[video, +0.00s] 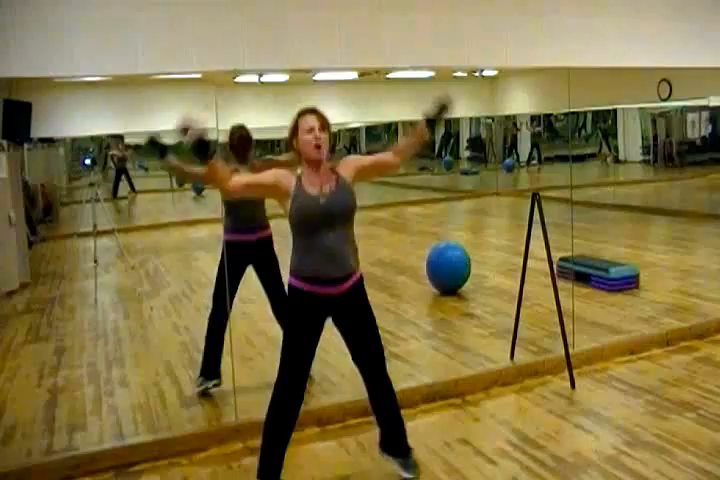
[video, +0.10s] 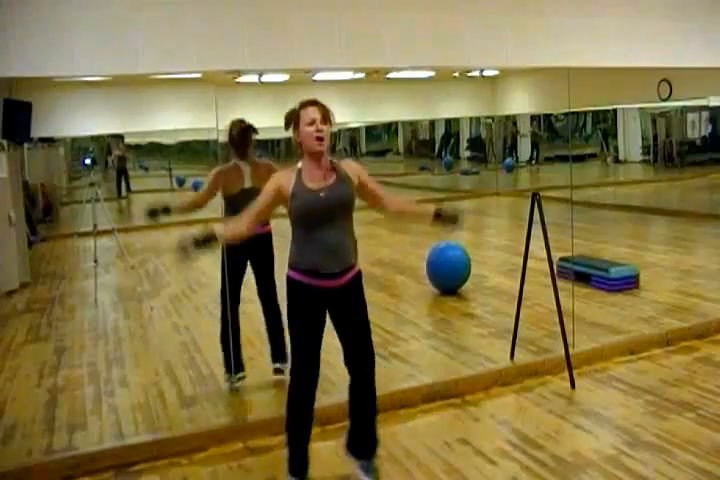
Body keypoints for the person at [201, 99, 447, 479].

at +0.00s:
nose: (316, 136)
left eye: (321, 129)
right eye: (308, 131)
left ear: (329, 136)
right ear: (295, 142)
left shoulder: (347, 169)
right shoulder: (284, 180)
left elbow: (396, 156)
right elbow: (230, 184)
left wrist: (427, 125)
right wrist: (208, 157)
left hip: (350, 290)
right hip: (306, 294)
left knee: (376, 371)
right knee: (289, 385)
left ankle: (397, 447)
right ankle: (268, 473)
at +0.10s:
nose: (319, 129)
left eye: (323, 123)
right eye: (310, 124)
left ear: (331, 129)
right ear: (296, 134)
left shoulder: (349, 171)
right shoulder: (283, 180)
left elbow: (387, 202)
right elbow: (244, 224)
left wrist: (433, 210)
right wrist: (210, 232)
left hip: (347, 282)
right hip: (304, 285)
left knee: (363, 366)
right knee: (304, 372)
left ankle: (362, 449)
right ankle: (297, 465)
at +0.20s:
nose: (321, 146)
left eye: (326, 140)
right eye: (313, 141)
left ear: (333, 147)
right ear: (299, 151)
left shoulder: (344, 191)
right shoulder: (286, 199)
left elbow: (360, 248)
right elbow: (277, 255)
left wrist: (384, 293)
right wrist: (262, 299)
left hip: (348, 303)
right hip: (307, 306)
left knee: (353, 388)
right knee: (316, 389)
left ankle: (340, 460)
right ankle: (319, 467)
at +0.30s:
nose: (323, 147)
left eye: (326, 141)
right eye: (314, 142)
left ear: (334, 148)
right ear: (300, 151)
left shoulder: (347, 193)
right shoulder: (287, 198)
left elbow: (361, 252)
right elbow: (279, 261)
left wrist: (386, 295)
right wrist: (271, 316)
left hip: (347, 307)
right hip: (306, 309)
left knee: (352, 393)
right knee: (313, 393)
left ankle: (339, 461)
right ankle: (314, 468)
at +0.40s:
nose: (321, 127)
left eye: (326, 121)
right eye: (313, 122)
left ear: (334, 128)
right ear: (299, 131)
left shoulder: (350, 172)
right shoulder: (286, 178)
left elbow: (383, 212)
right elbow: (260, 226)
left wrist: (426, 215)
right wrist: (240, 246)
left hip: (347, 283)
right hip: (304, 285)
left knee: (358, 369)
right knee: (304, 377)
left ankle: (350, 451)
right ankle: (306, 464)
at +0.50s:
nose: (322, 129)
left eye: (326, 122)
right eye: (313, 124)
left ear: (334, 128)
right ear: (298, 132)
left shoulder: (348, 167)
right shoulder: (283, 174)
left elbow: (399, 170)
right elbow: (237, 201)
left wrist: (430, 132)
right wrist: (213, 173)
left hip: (347, 281)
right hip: (305, 283)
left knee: (369, 364)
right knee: (295, 378)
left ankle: (375, 446)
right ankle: (281, 469)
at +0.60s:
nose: (321, 153)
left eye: (326, 146)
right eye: (313, 147)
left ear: (333, 153)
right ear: (299, 155)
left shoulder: (347, 184)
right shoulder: (287, 194)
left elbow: (388, 148)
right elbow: (237, 170)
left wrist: (385, 92)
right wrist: (242, 116)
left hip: (349, 306)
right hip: (305, 311)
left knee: (383, 383)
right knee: (282, 399)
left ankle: (406, 462)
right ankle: (259, 475)